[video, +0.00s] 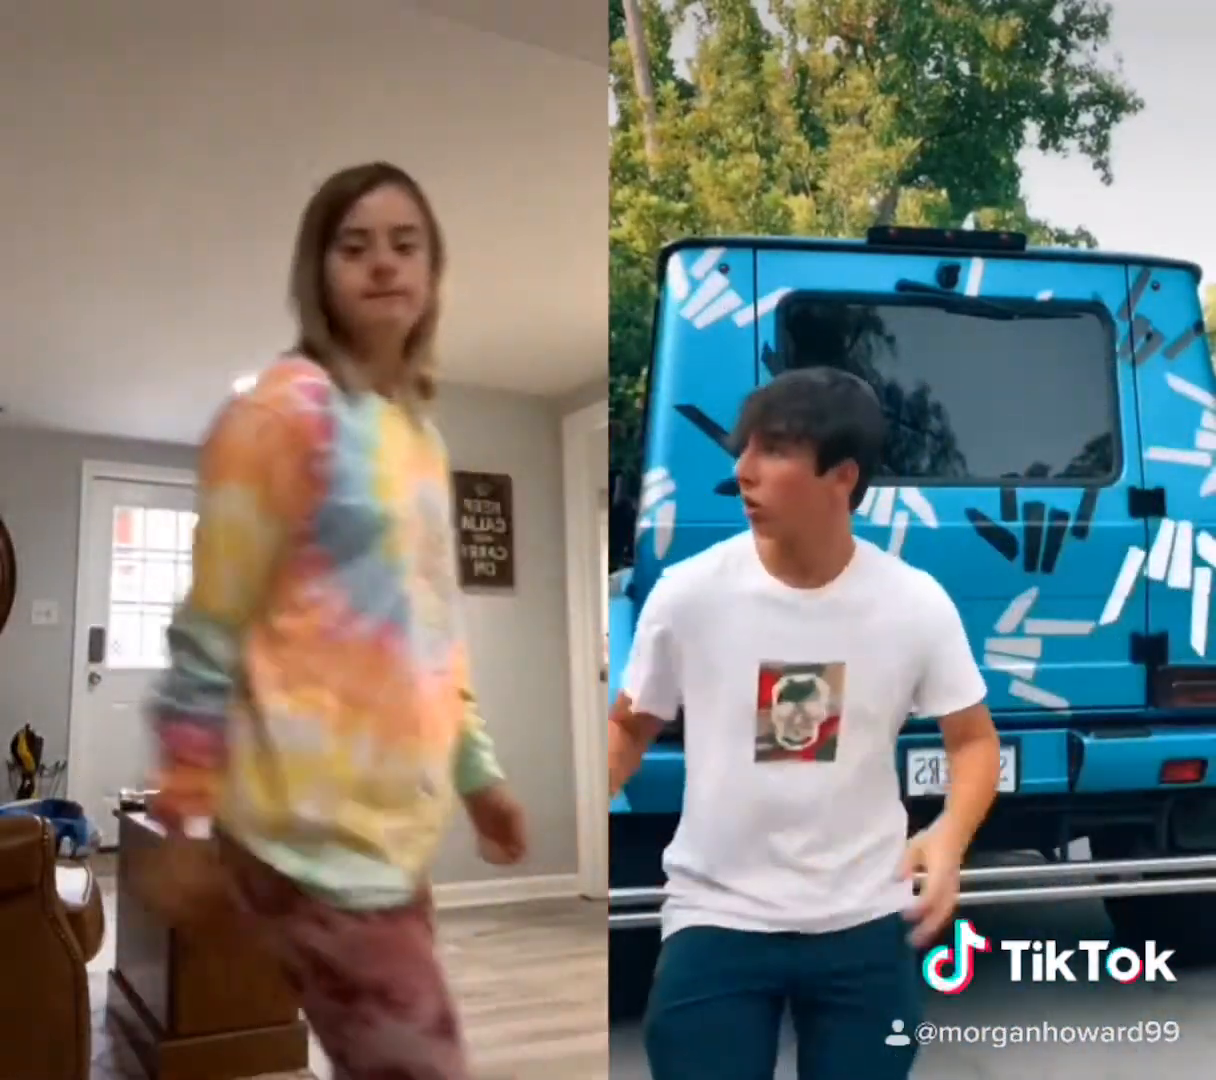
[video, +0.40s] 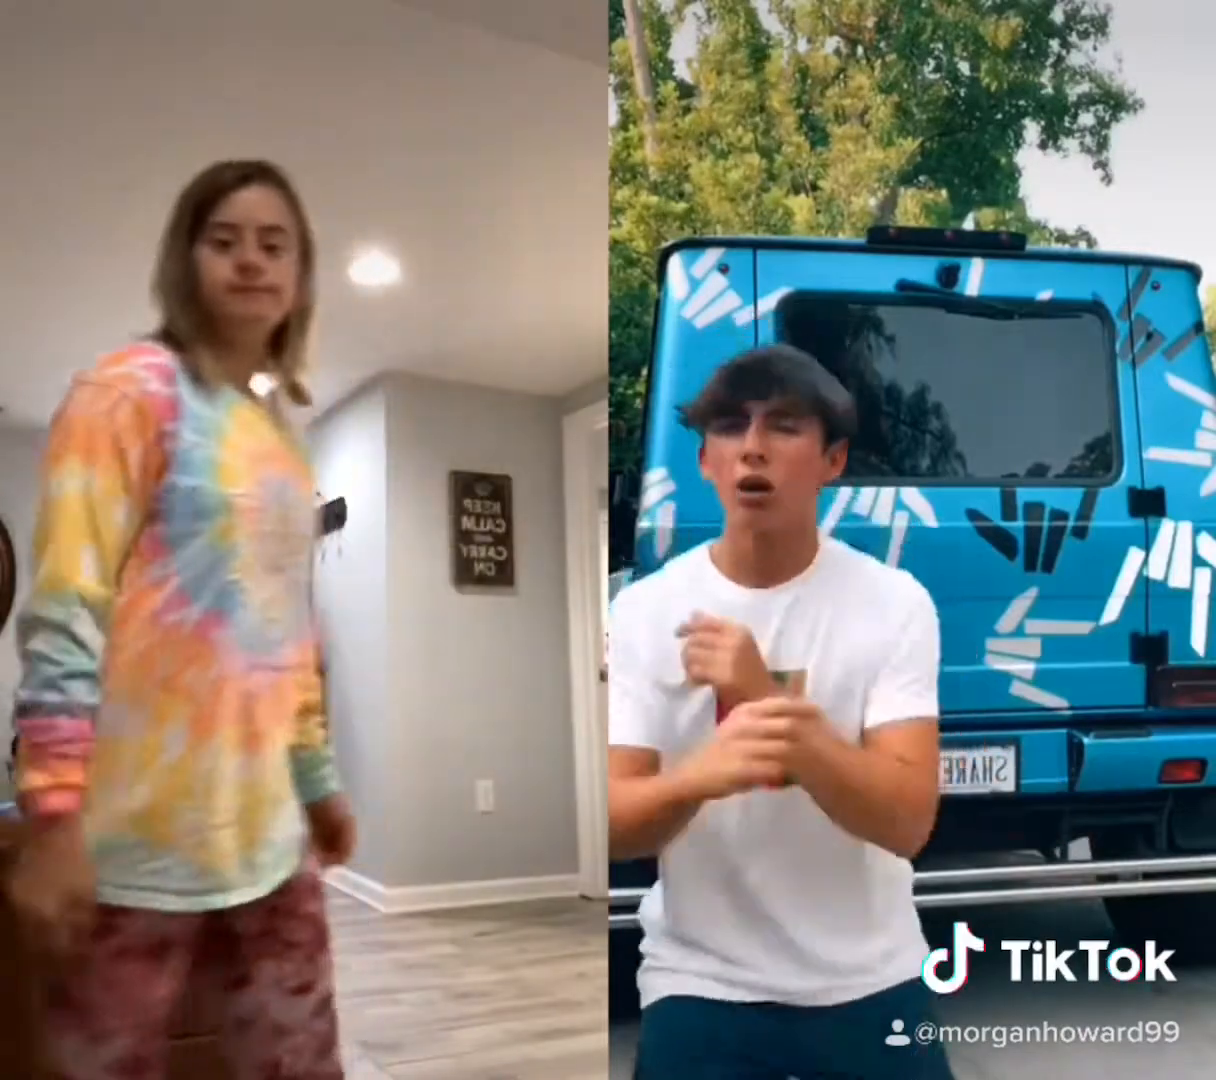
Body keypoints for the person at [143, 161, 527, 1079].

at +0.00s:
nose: (385, 265)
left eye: (407, 243)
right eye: (356, 245)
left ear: (435, 271)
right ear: (318, 271)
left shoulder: (416, 430)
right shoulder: (283, 407)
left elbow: (429, 626)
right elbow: (209, 624)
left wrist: (478, 773)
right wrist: (182, 813)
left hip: (387, 823)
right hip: (305, 821)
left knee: (402, 1060)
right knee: (419, 1063)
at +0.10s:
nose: (352, 253)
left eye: (375, 233)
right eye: (324, 232)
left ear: (401, 260)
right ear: (285, 258)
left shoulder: (382, 414)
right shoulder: (245, 394)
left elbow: (390, 610)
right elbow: (152, 596)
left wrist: (433, 756)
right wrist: (87, 763)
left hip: (357, 810)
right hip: (267, 814)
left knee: (363, 1056)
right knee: (347, 1061)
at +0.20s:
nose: (318, 252)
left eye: (340, 232)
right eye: (290, 231)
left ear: (368, 259)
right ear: (252, 255)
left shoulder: (354, 415)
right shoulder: (207, 390)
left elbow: (358, 612)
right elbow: (110, 588)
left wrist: (395, 759)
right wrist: (45, 755)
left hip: (335, 828)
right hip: (222, 833)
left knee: (338, 1062)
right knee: (243, 1064)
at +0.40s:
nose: (252, 261)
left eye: (275, 242)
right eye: (224, 241)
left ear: (300, 273)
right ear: (184, 262)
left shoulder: (284, 429)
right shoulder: (125, 394)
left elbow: (290, 622)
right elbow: (64, 608)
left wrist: (316, 780)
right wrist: (51, 815)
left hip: (268, 847)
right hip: (128, 850)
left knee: (290, 1067)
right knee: (100, 1068)